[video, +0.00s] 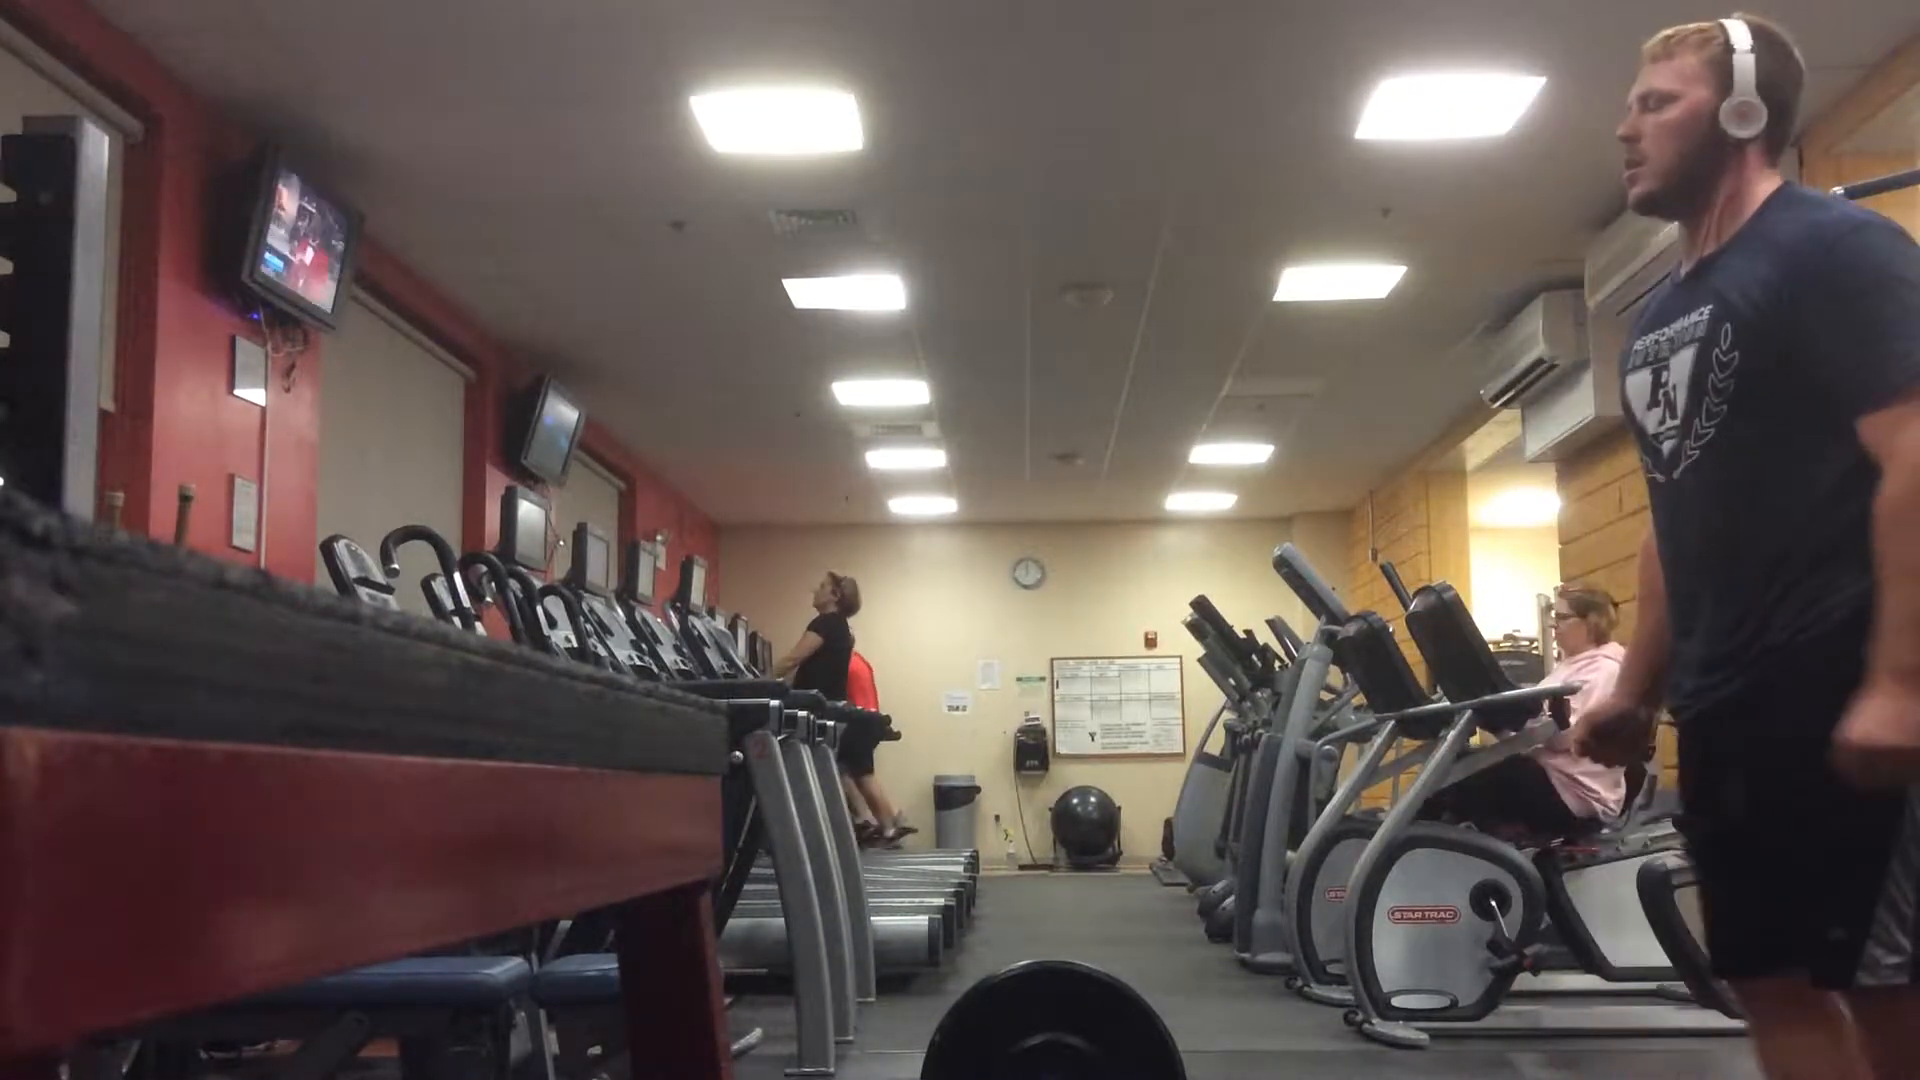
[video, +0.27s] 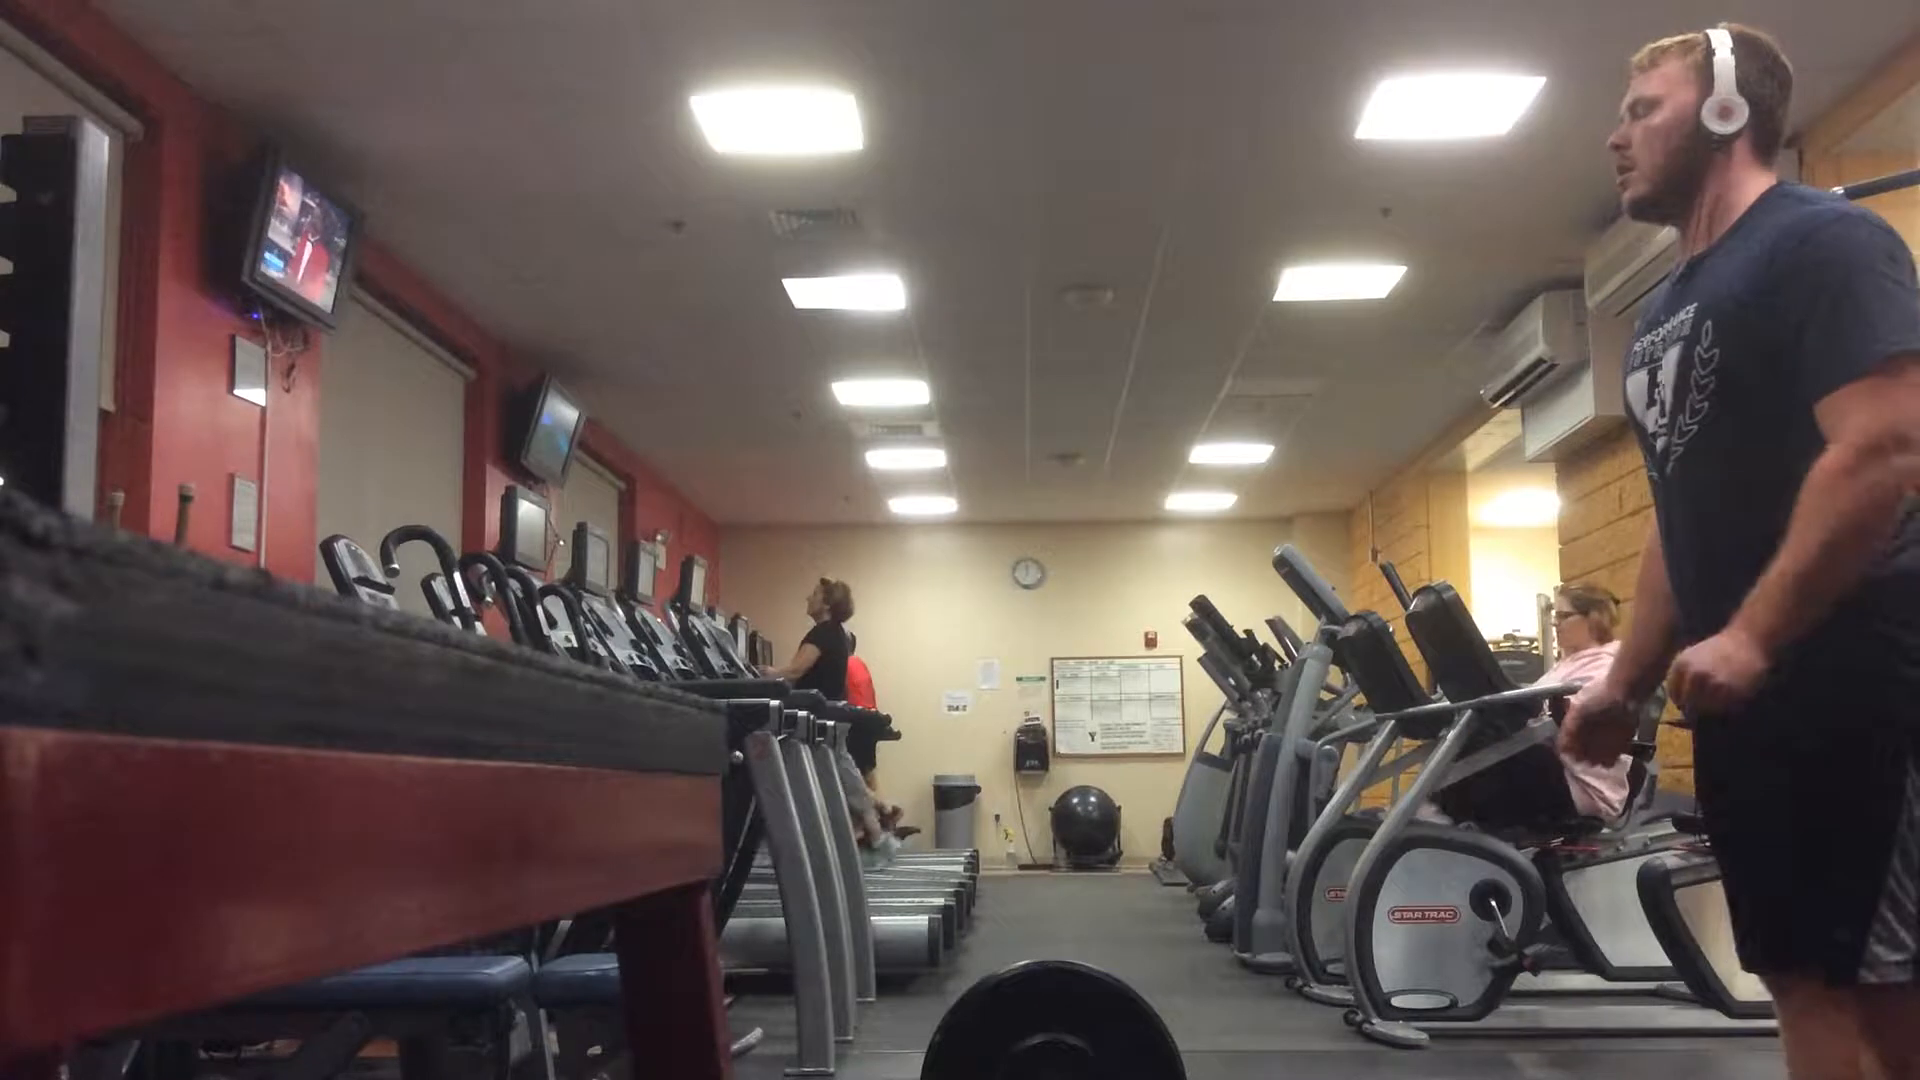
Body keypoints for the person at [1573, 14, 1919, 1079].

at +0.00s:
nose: (1625, 126)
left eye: (1655, 102)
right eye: (1629, 106)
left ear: (1742, 117)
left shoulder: (1835, 245)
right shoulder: (1654, 316)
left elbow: (1911, 458)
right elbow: (1676, 522)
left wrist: (1897, 680)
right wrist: (1633, 696)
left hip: (1843, 681)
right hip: (1719, 698)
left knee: (1887, 983)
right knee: (1772, 981)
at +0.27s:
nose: (1617, 135)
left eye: (1643, 108)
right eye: (1620, 115)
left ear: (1727, 115)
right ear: (1705, 122)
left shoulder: (1825, 237)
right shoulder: (1659, 310)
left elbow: (1884, 446)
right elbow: (1686, 516)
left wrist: (1754, 633)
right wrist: (1621, 684)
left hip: (1859, 687)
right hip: (1742, 698)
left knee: (1885, 993)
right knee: (1802, 986)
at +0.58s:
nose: (1619, 150)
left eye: (1641, 124)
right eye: (1623, 131)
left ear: (1721, 127)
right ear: (1705, 135)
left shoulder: (1798, 231)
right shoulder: (1665, 310)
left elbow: (1865, 441)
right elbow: (1708, 526)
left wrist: (1828, 651)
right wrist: (1677, 702)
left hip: (1834, 673)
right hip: (1733, 693)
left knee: (1868, 983)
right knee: (1789, 979)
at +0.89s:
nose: (1631, 181)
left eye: (1650, 152)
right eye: (1636, 158)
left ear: (1725, 147)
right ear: (1722, 156)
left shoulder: (1805, 251)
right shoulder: (1706, 310)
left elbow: (1811, 452)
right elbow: (1699, 528)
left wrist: (1684, 629)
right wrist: (1633, 696)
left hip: (1811, 637)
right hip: (1758, 646)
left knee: (1689, 929)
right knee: (1809, 956)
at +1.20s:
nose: (1623, 193)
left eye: (1642, 165)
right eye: (1627, 173)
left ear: (1717, 163)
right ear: (1705, 172)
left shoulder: (1798, 262)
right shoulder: (1693, 328)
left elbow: (1841, 455)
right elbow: (1711, 545)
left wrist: (1758, 635)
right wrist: (1666, 713)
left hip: (1814, 634)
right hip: (1749, 647)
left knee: (1666, 931)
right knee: (1815, 964)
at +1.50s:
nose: (1613, 192)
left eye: (1632, 166)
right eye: (1616, 173)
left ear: (1704, 166)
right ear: (1699, 176)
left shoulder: (1773, 260)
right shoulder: (1681, 328)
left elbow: (1839, 450)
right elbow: (1719, 515)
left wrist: (1800, 649)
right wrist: (1696, 686)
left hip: (1796, 653)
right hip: (1739, 660)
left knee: (1724, 938)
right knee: (1820, 959)